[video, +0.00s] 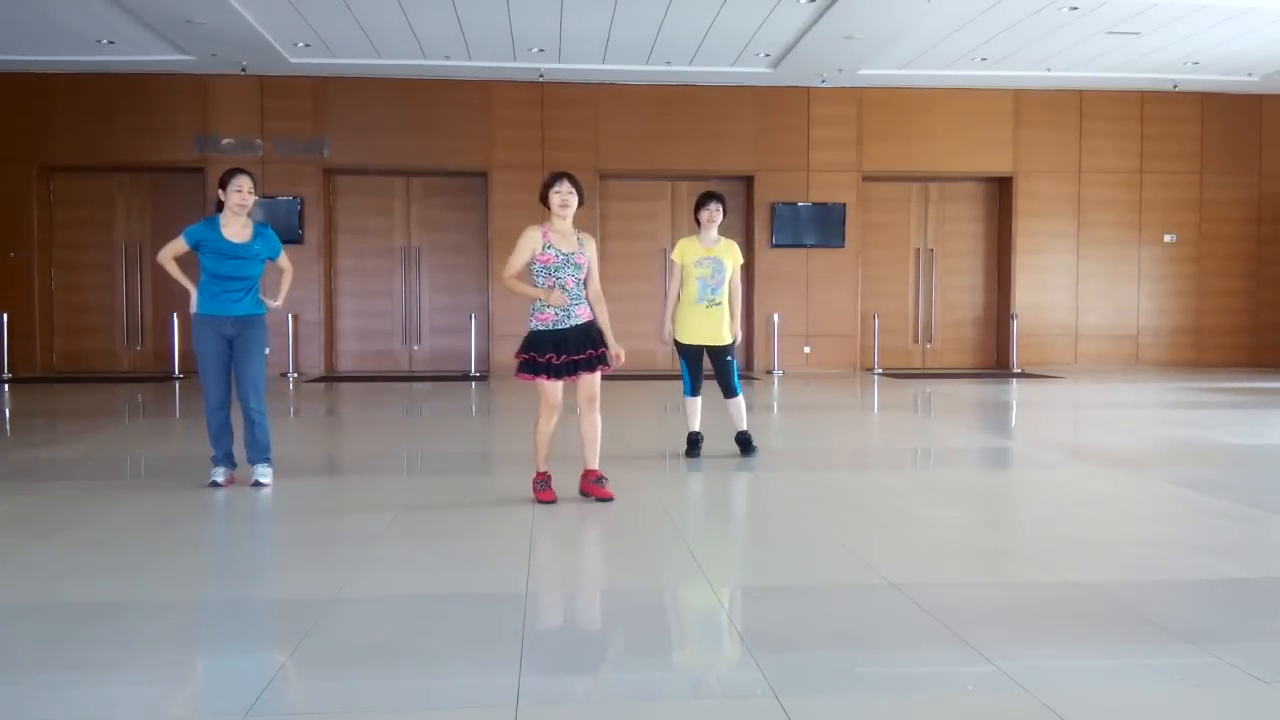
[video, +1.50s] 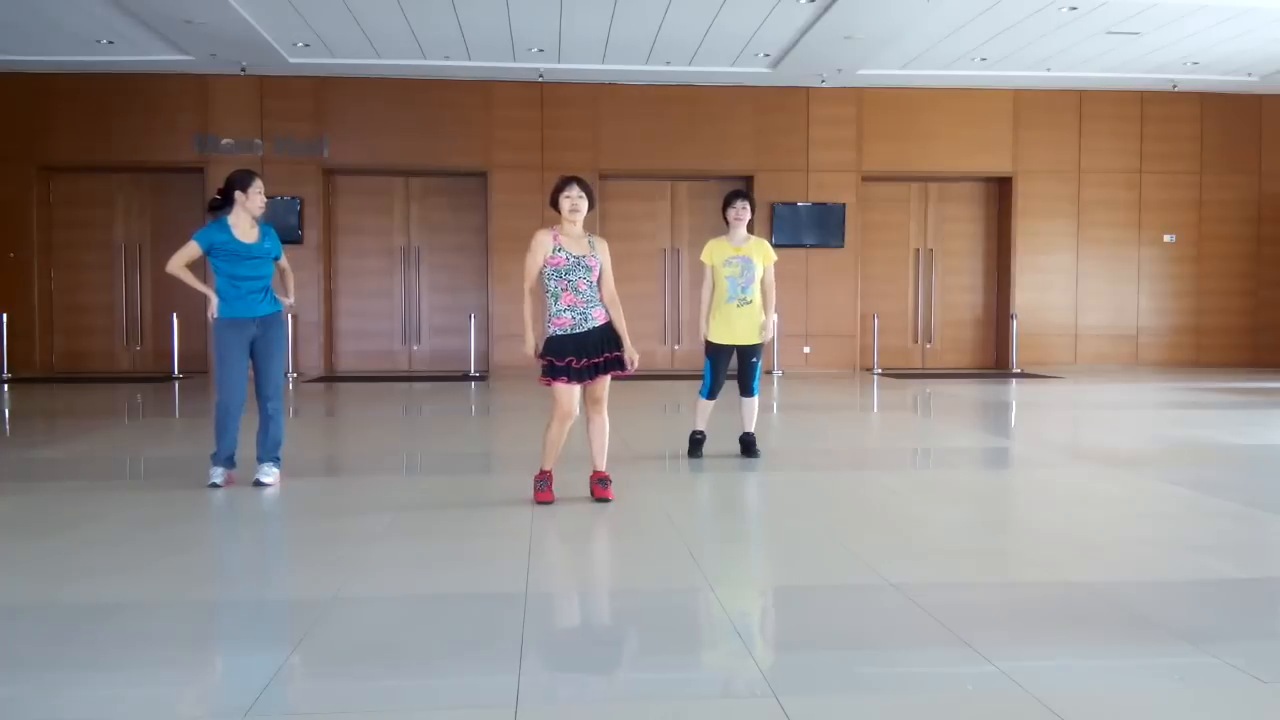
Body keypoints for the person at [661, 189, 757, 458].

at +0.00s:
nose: (712, 214)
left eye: (717, 210)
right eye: (707, 209)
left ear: (723, 216)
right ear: (698, 214)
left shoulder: (731, 248)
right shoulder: (684, 246)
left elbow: (735, 288)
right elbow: (674, 285)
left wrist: (736, 324)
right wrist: (668, 322)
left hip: (719, 327)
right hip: (687, 327)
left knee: (731, 385)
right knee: (692, 386)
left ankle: (743, 434)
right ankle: (694, 437)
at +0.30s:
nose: (715, 213)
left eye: (719, 209)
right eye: (709, 208)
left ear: (725, 215)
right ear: (700, 213)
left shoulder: (732, 248)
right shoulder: (685, 246)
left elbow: (739, 288)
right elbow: (676, 284)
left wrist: (742, 323)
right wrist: (673, 320)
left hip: (723, 327)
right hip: (691, 326)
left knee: (734, 384)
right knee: (693, 385)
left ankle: (744, 434)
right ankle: (694, 436)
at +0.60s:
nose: (726, 211)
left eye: (730, 207)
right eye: (720, 206)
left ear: (736, 213)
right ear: (710, 212)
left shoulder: (743, 246)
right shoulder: (697, 246)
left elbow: (753, 285)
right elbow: (689, 285)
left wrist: (755, 319)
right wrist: (684, 322)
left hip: (738, 327)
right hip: (704, 327)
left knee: (741, 386)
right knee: (702, 386)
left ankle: (747, 436)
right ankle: (695, 436)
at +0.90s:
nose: (738, 212)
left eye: (743, 209)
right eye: (733, 208)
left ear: (749, 215)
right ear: (723, 214)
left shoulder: (759, 247)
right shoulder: (712, 248)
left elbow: (771, 286)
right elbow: (704, 288)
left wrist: (773, 319)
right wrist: (702, 324)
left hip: (754, 327)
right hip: (721, 327)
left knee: (751, 385)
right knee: (713, 385)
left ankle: (748, 437)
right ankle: (700, 436)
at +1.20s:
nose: (742, 213)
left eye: (747, 209)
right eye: (737, 209)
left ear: (754, 215)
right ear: (729, 214)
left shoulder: (765, 247)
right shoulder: (717, 247)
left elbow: (774, 287)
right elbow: (711, 287)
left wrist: (783, 320)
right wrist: (708, 321)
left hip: (757, 327)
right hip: (724, 327)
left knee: (752, 386)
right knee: (721, 385)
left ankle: (748, 437)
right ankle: (716, 437)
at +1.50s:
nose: (739, 212)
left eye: (744, 208)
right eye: (734, 207)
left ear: (751, 213)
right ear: (725, 213)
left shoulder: (762, 247)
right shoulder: (714, 247)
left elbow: (769, 287)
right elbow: (707, 287)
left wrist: (769, 319)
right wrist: (702, 323)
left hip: (752, 328)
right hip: (720, 327)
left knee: (749, 386)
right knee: (711, 385)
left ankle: (748, 437)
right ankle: (697, 435)